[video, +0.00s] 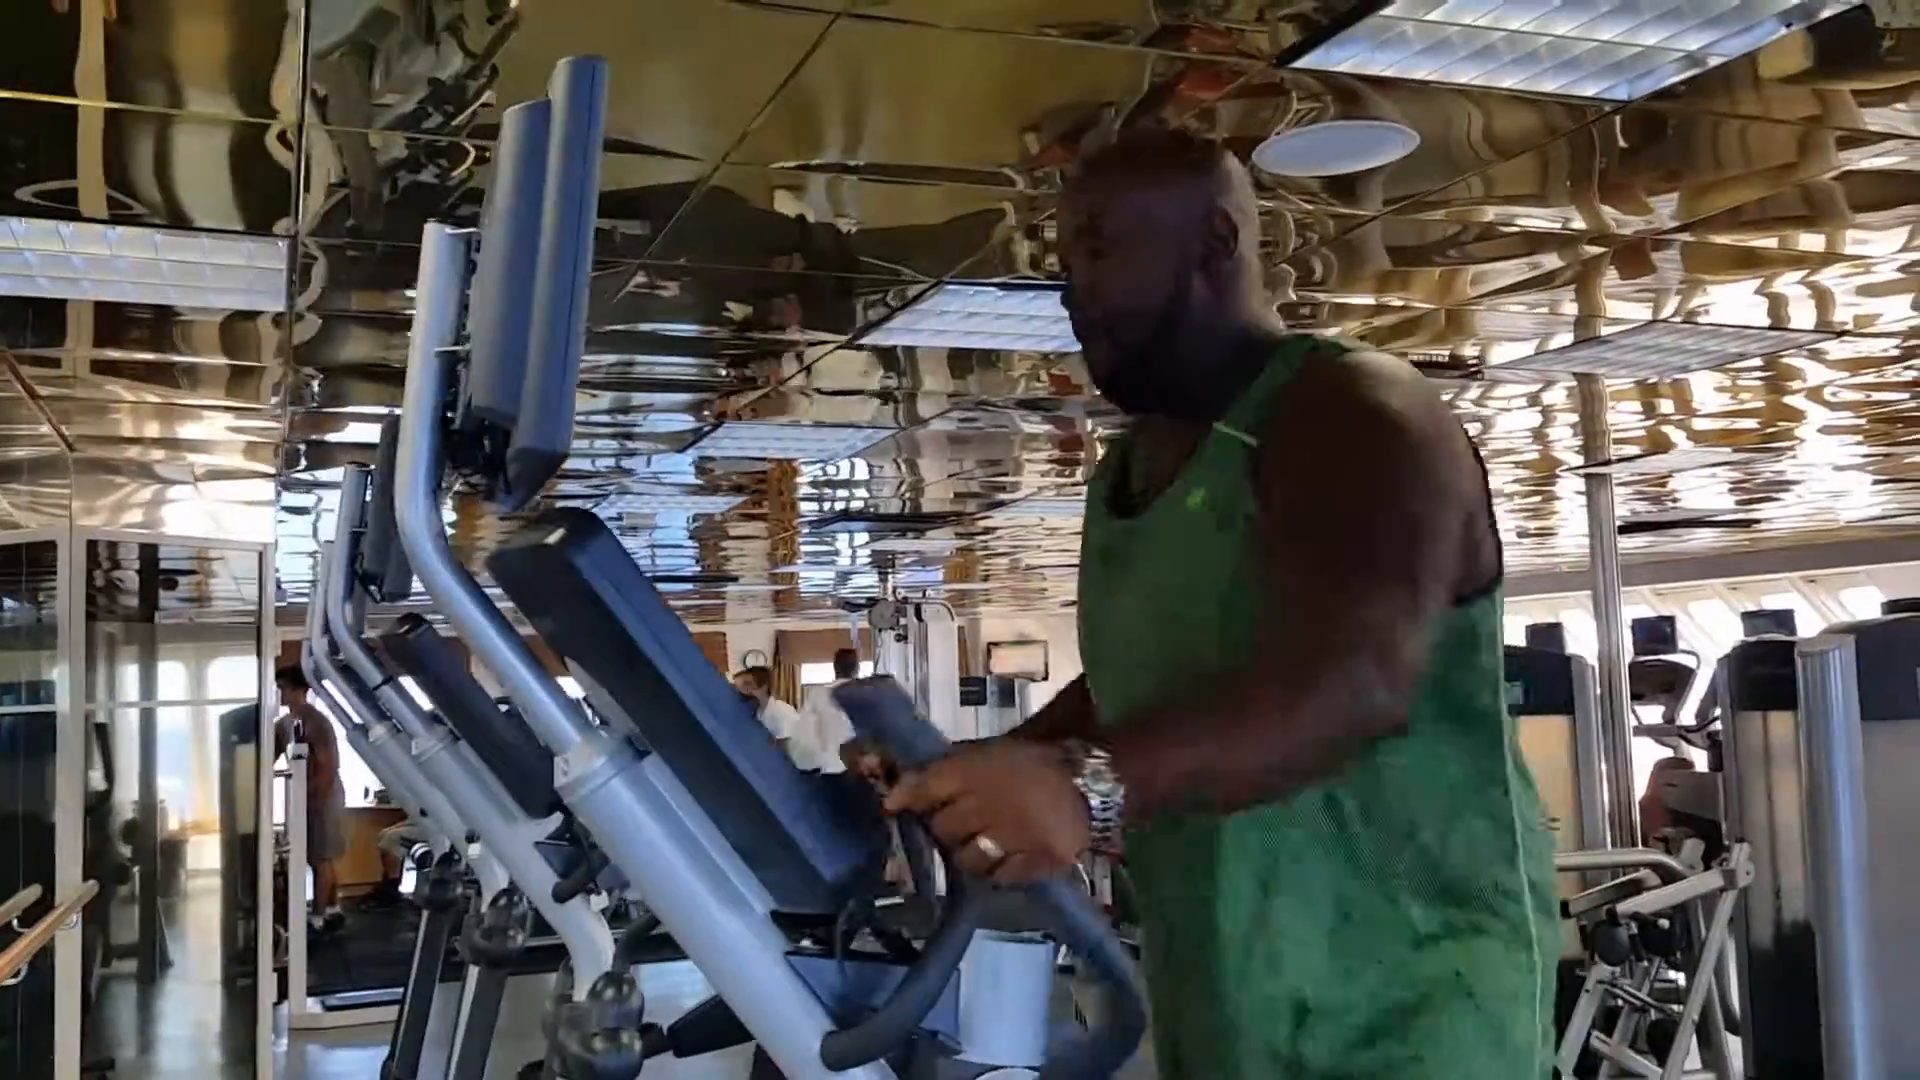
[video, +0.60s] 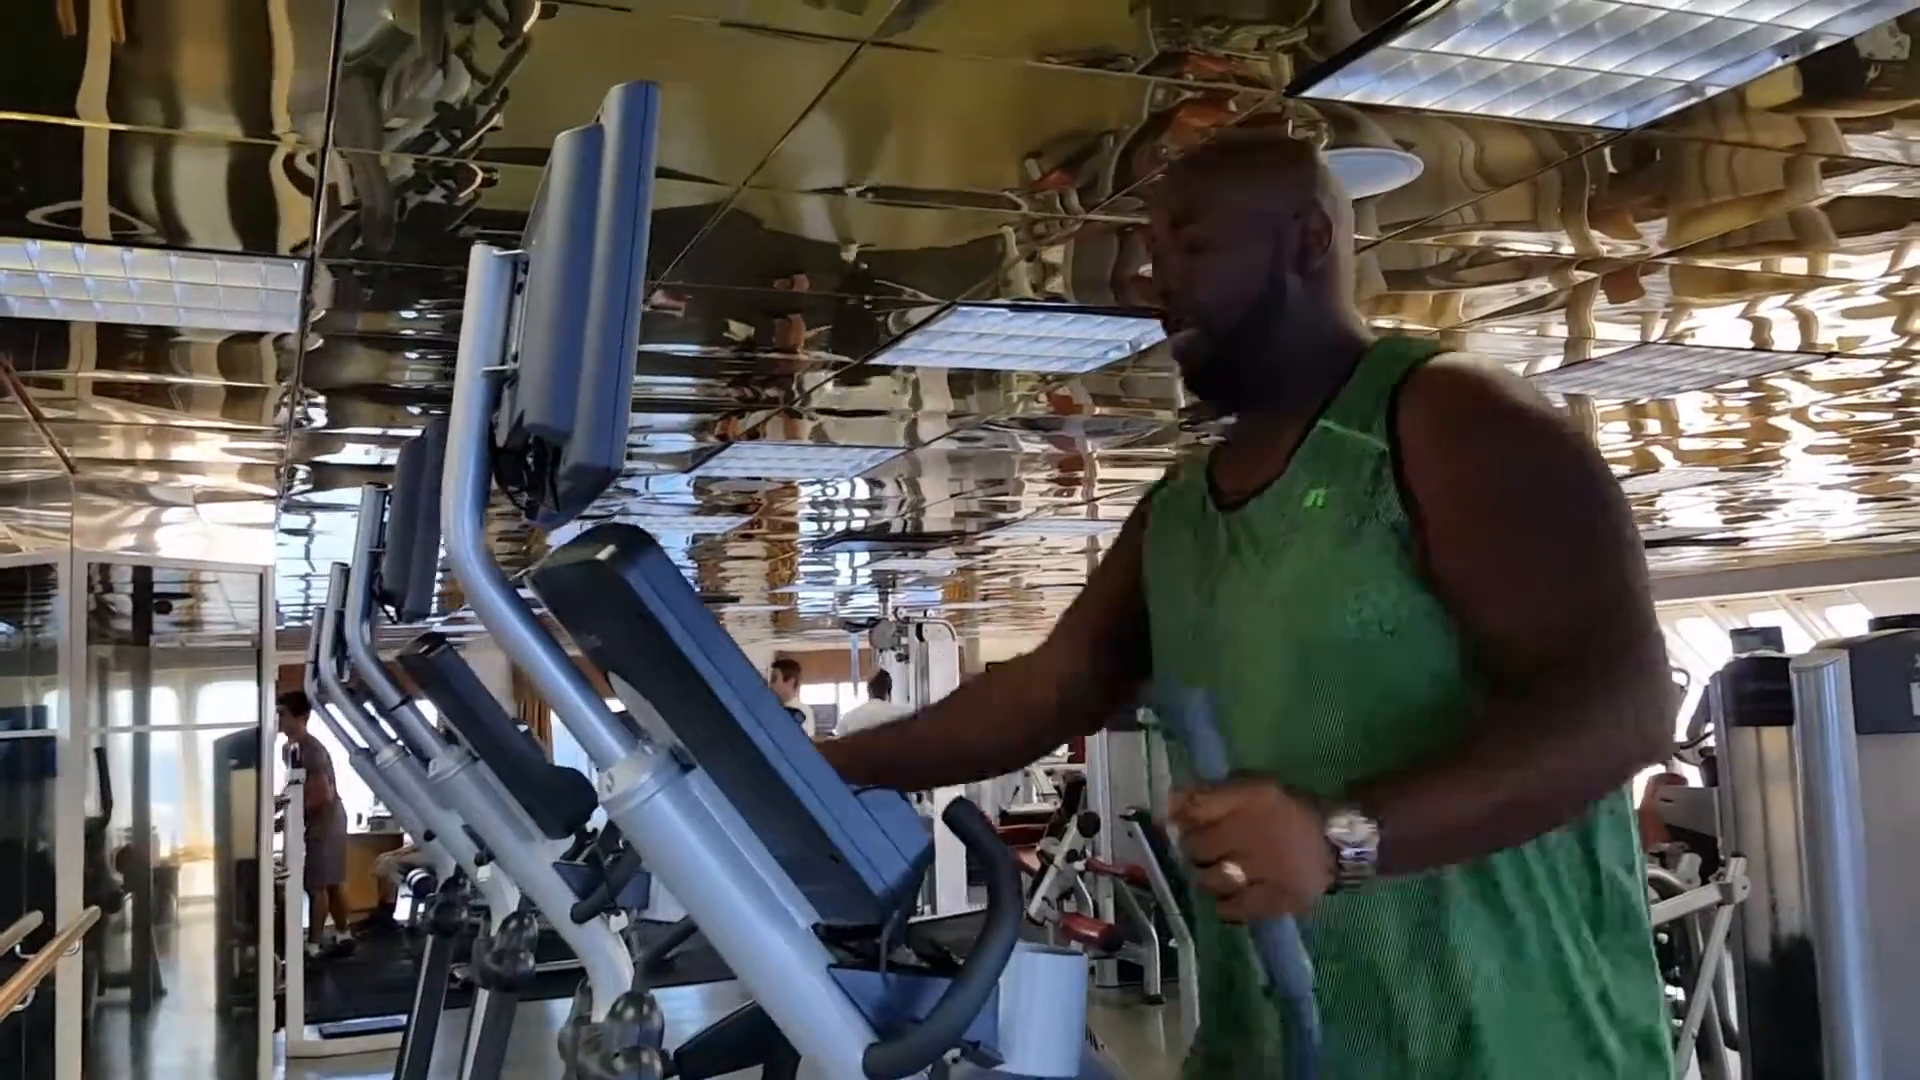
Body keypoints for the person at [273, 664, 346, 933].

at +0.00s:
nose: (279, 694)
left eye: (284, 688)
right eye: (279, 688)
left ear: (299, 690)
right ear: (287, 692)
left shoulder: (317, 722)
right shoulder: (284, 725)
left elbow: (327, 766)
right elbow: (266, 758)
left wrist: (313, 797)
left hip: (325, 794)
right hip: (304, 794)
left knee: (321, 856)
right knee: (319, 855)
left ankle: (319, 915)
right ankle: (333, 907)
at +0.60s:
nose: (278, 721)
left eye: (282, 714)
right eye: (278, 714)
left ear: (296, 717)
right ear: (298, 717)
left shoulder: (312, 750)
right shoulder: (297, 750)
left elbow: (322, 792)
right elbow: (298, 788)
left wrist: (291, 813)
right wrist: (281, 807)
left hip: (326, 820)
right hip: (319, 819)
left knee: (317, 883)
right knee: (331, 882)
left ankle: (314, 942)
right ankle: (344, 934)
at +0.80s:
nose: (298, 725)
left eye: (301, 720)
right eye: (298, 720)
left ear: (315, 724)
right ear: (318, 724)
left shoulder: (322, 753)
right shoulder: (326, 750)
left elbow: (329, 800)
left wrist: (299, 807)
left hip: (334, 828)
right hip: (342, 826)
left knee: (325, 892)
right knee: (342, 888)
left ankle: (320, 952)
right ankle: (367, 939)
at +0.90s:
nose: (311, 723)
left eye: (314, 718)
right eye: (312, 718)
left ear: (325, 722)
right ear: (333, 721)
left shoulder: (334, 754)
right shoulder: (346, 750)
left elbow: (333, 798)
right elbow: (341, 796)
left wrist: (306, 801)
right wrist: (311, 794)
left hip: (339, 832)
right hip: (352, 829)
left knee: (328, 894)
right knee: (350, 889)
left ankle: (322, 951)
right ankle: (374, 939)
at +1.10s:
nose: (338, 720)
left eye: (340, 713)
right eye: (338, 713)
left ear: (351, 720)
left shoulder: (354, 754)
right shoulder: (361, 751)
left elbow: (324, 787)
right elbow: (325, 773)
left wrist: (310, 748)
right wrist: (311, 749)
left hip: (352, 835)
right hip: (366, 833)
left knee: (339, 891)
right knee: (375, 886)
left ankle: (327, 949)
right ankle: (384, 942)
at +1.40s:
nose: (344, 741)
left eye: (345, 735)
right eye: (342, 736)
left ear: (358, 733)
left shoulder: (368, 758)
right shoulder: (376, 757)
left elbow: (342, 791)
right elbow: (345, 789)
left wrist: (316, 777)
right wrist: (319, 777)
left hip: (364, 835)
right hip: (379, 834)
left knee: (338, 885)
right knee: (380, 887)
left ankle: (347, 945)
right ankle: (389, 945)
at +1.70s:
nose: (343, 729)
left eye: (346, 722)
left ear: (353, 727)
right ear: (367, 728)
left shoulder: (358, 757)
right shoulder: (371, 755)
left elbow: (348, 799)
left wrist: (320, 818)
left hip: (357, 829)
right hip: (372, 828)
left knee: (346, 891)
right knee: (375, 888)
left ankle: (349, 951)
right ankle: (385, 946)